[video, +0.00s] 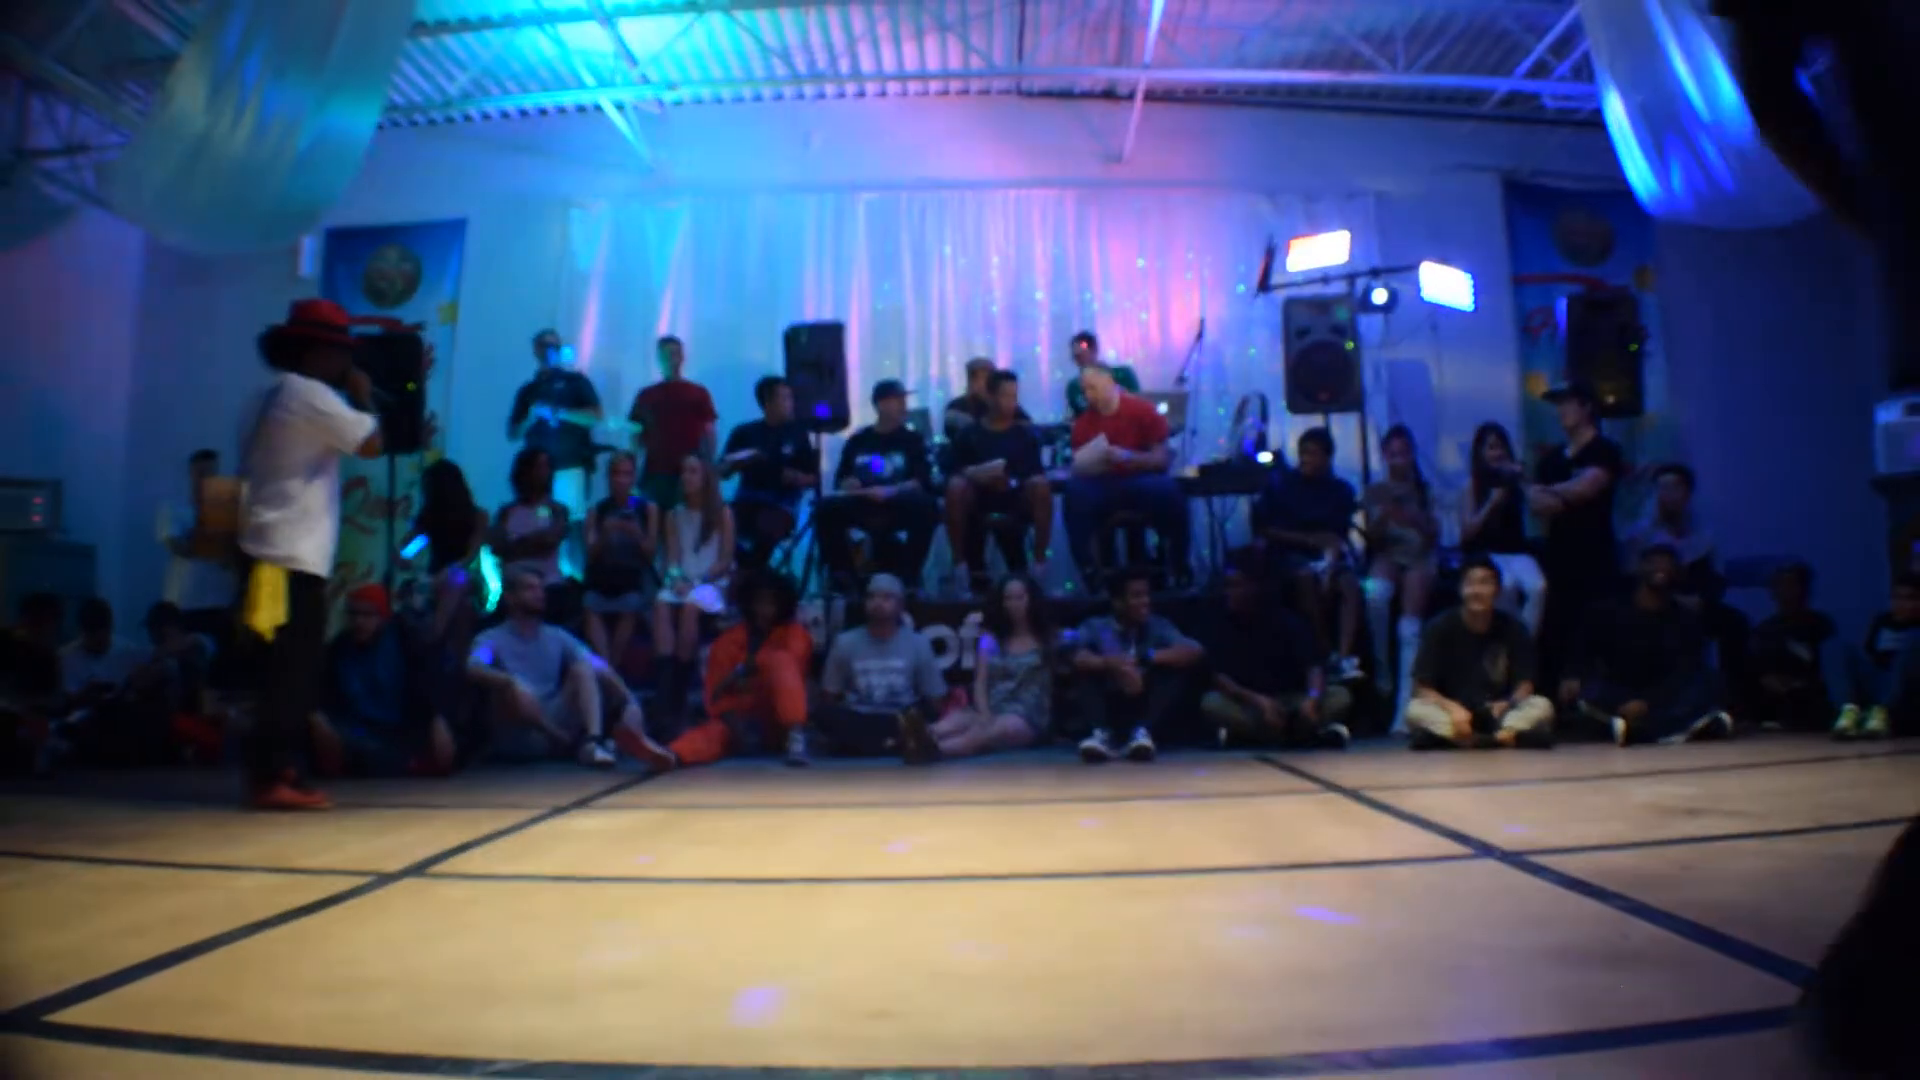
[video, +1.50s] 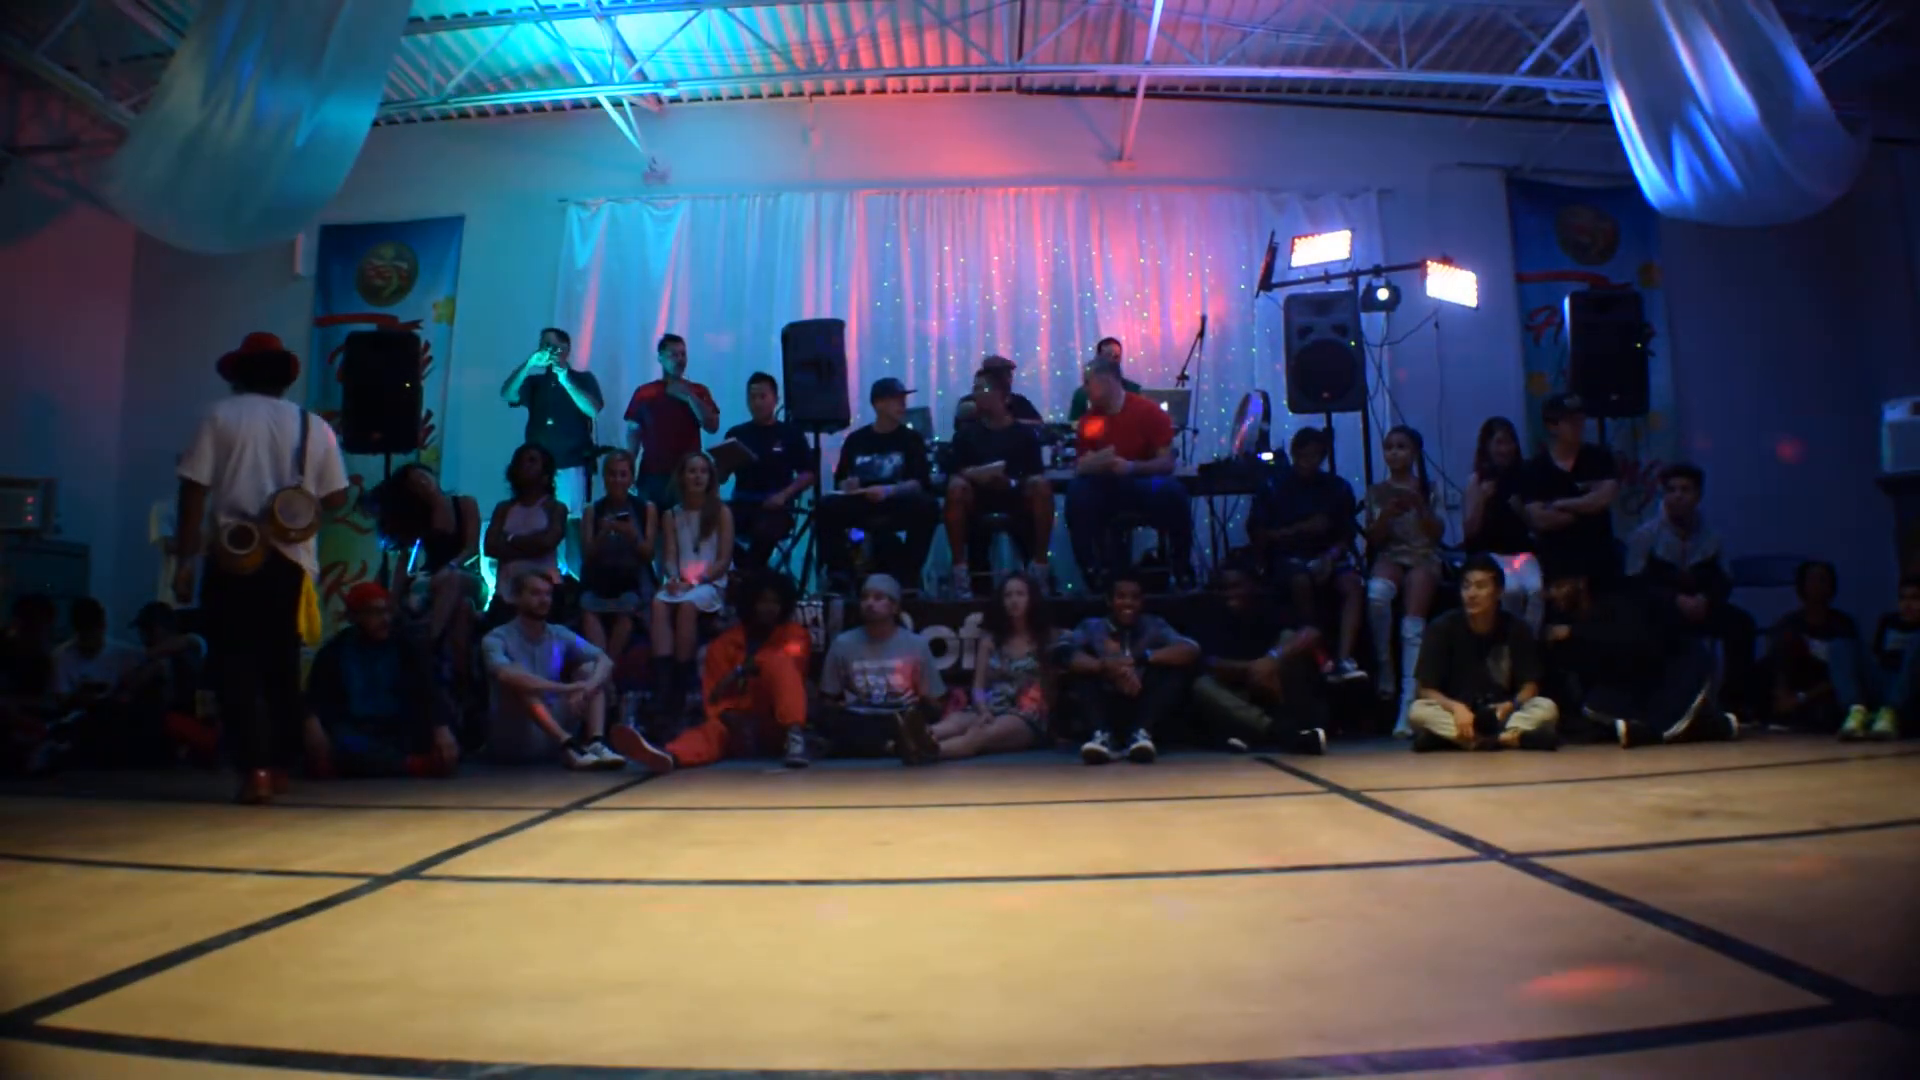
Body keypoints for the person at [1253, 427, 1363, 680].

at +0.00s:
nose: (1308, 459)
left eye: (1315, 454)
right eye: (1304, 453)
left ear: (1328, 457)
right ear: (1299, 455)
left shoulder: (1340, 490)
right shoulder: (1282, 485)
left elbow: (1340, 531)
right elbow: (1264, 526)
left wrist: (1331, 557)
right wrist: (1312, 541)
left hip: (1327, 552)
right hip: (1291, 551)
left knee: (1349, 582)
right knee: (1306, 579)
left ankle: (1345, 655)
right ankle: (1319, 655)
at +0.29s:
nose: (1306, 462)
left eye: (1313, 456)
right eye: (1303, 455)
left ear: (1328, 459)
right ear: (1298, 457)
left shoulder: (1340, 490)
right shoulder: (1280, 485)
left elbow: (1341, 532)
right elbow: (1264, 531)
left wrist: (1332, 557)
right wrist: (1316, 541)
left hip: (1327, 554)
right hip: (1290, 553)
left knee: (1351, 582)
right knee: (1306, 578)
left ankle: (1346, 655)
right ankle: (1327, 653)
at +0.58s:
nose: (1302, 462)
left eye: (1308, 456)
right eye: (1299, 456)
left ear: (1323, 459)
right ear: (1294, 457)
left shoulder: (1339, 488)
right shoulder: (1278, 487)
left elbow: (1341, 533)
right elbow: (1263, 532)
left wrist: (1331, 567)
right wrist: (1314, 543)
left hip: (1328, 552)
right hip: (1291, 552)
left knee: (1352, 581)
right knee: (1305, 579)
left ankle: (1345, 656)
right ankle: (1328, 655)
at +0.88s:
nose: (1301, 463)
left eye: (1307, 456)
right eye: (1297, 456)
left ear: (1321, 458)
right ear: (1291, 456)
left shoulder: (1338, 488)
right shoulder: (1277, 486)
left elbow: (1340, 534)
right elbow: (1263, 533)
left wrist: (1329, 567)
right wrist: (1309, 544)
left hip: (1327, 551)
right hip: (1290, 553)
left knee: (1352, 581)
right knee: (1304, 577)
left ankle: (1348, 655)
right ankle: (1325, 650)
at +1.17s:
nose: (1302, 464)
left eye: (1308, 457)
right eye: (1296, 457)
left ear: (1320, 457)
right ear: (1290, 457)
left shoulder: (1337, 488)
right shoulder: (1277, 486)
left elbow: (1343, 533)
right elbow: (1262, 534)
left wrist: (1330, 559)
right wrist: (1312, 545)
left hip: (1328, 553)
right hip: (1290, 554)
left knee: (1352, 581)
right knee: (1303, 581)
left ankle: (1345, 656)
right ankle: (1316, 655)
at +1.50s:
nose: (1309, 461)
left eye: (1315, 455)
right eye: (1304, 454)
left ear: (1323, 456)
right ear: (1294, 454)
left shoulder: (1337, 486)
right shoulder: (1276, 485)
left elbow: (1347, 533)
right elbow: (1258, 533)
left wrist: (1329, 559)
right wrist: (1302, 528)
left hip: (1329, 553)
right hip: (1291, 554)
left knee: (1352, 584)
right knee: (1300, 582)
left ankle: (1344, 658)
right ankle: (1318, 656)